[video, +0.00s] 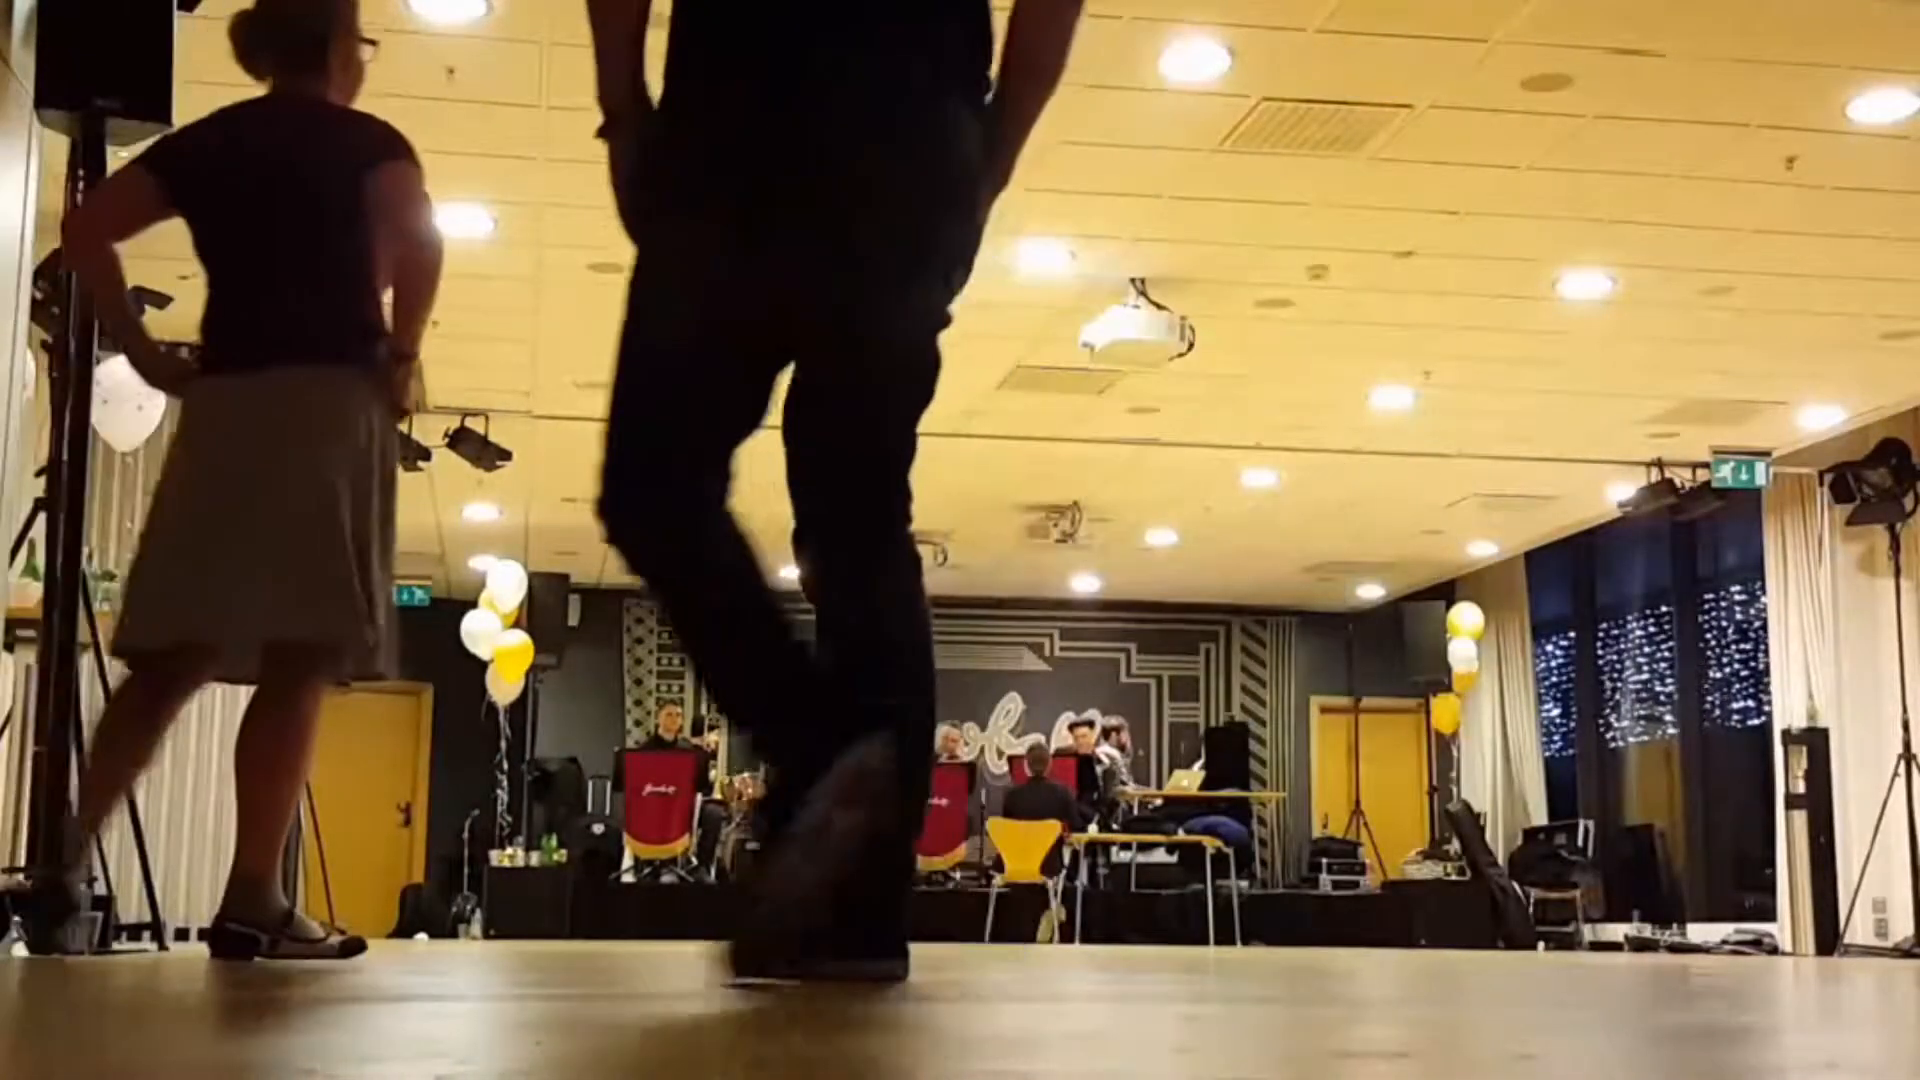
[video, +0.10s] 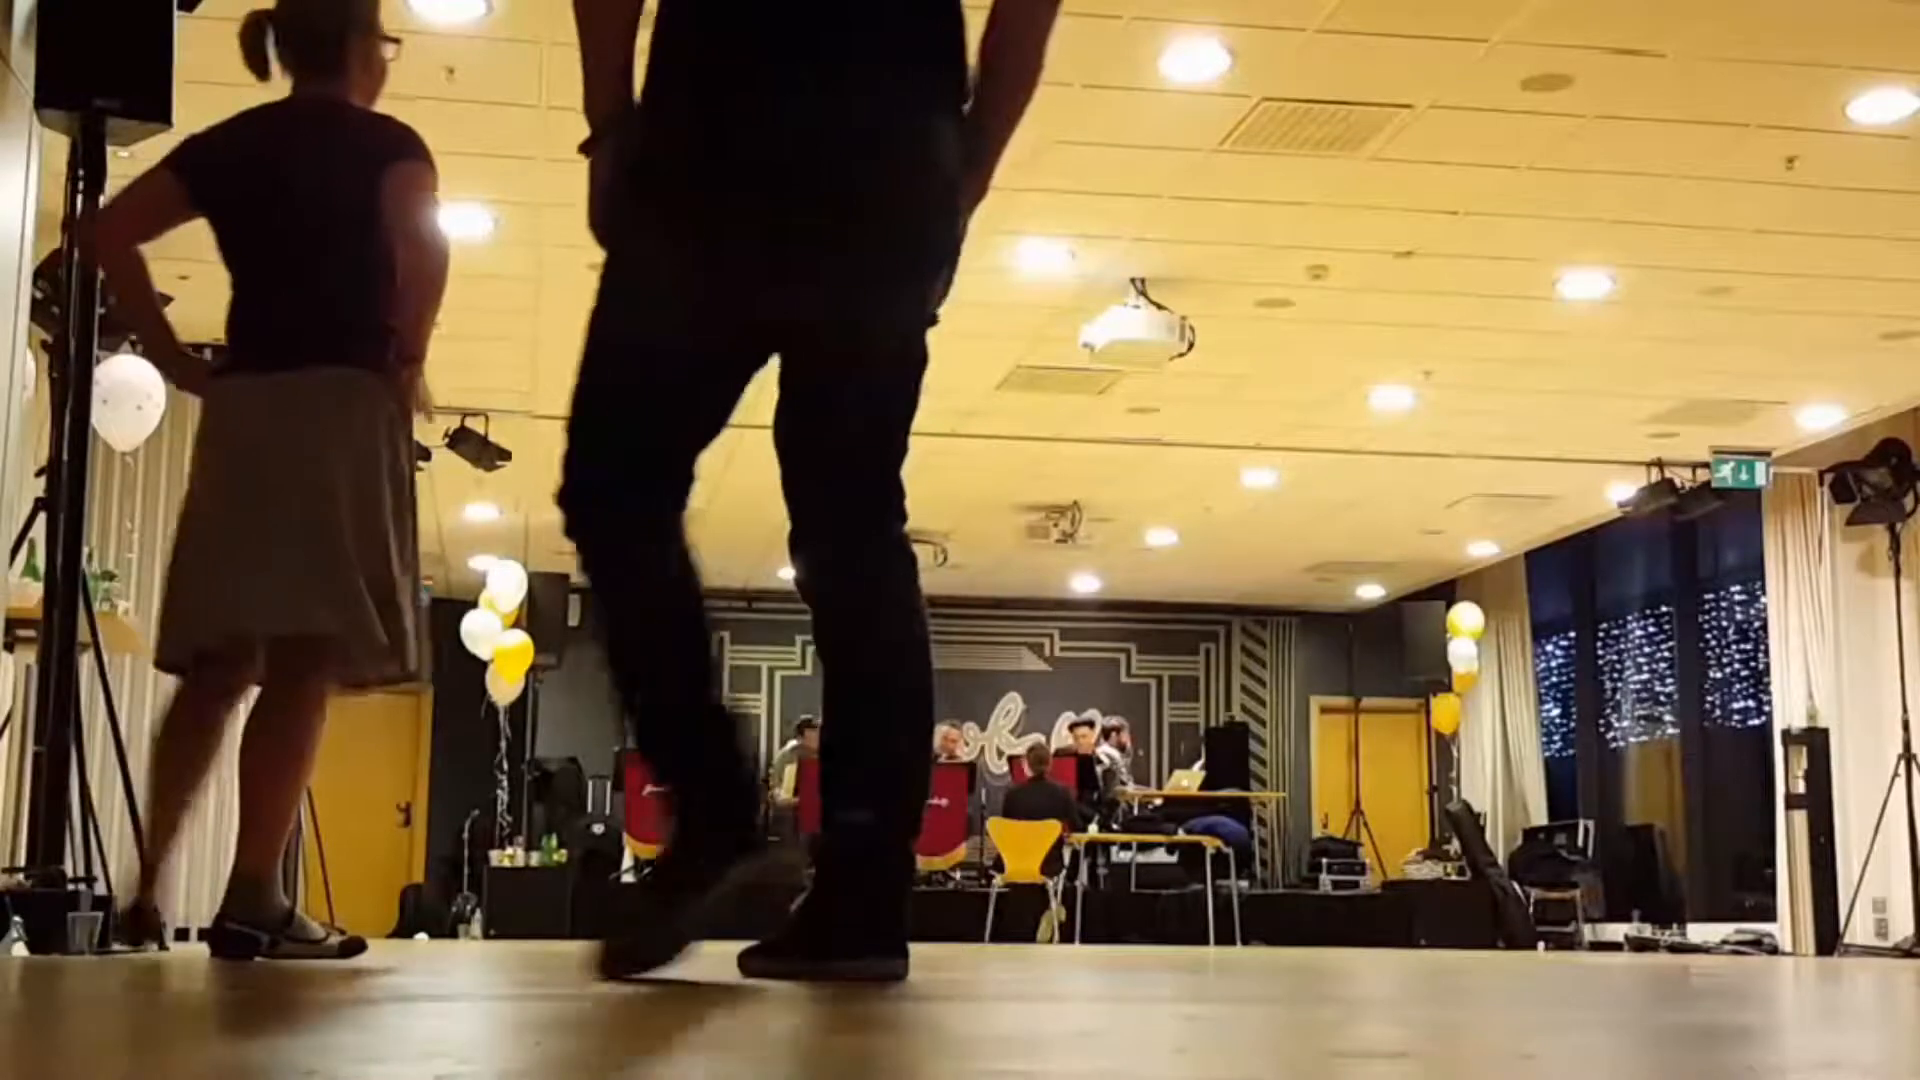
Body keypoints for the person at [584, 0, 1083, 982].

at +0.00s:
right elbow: (1055, 1)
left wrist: (625, 112)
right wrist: (992, 154)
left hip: (734, 121)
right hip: (922, 136)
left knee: (657, 494)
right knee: (859, 513)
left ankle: (818, 754)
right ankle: (864, 911)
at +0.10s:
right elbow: (1029, 5)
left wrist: (608, 117)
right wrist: (971, 165)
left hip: (716, 133)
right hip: (901, 146)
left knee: (618, 490)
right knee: (854, 520)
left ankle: (712, 812)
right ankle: (865, 901)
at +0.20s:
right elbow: (1008, 4)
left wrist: (598, 133)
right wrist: (945, 167)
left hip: (691, 136)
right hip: (874, 151)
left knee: (599, 514)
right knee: (849, 523)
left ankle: (612, 886)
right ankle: (865, 903)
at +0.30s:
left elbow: (583, 0)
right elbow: (983, 9)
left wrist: (583, 152)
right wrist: (924, 177)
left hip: (665, 158)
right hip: (850, 168)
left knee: (598, 534)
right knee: (841, 532)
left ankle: (543, 891)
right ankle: (864, 900)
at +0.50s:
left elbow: (525, 38)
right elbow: (921, 42)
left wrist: (551, 201)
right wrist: (874, 229)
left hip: (614, 214)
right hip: (790, 214)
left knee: (566, 561)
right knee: (812, 546)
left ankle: (519, 897)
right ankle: (860, 876)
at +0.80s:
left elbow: (434, 47)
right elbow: (816, 71)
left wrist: (434, 202)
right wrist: (789, 256)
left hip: (527, 243)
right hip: (692, 246)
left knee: (507, 586)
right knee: (724, 552)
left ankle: (511, 904)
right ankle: (783, 777)